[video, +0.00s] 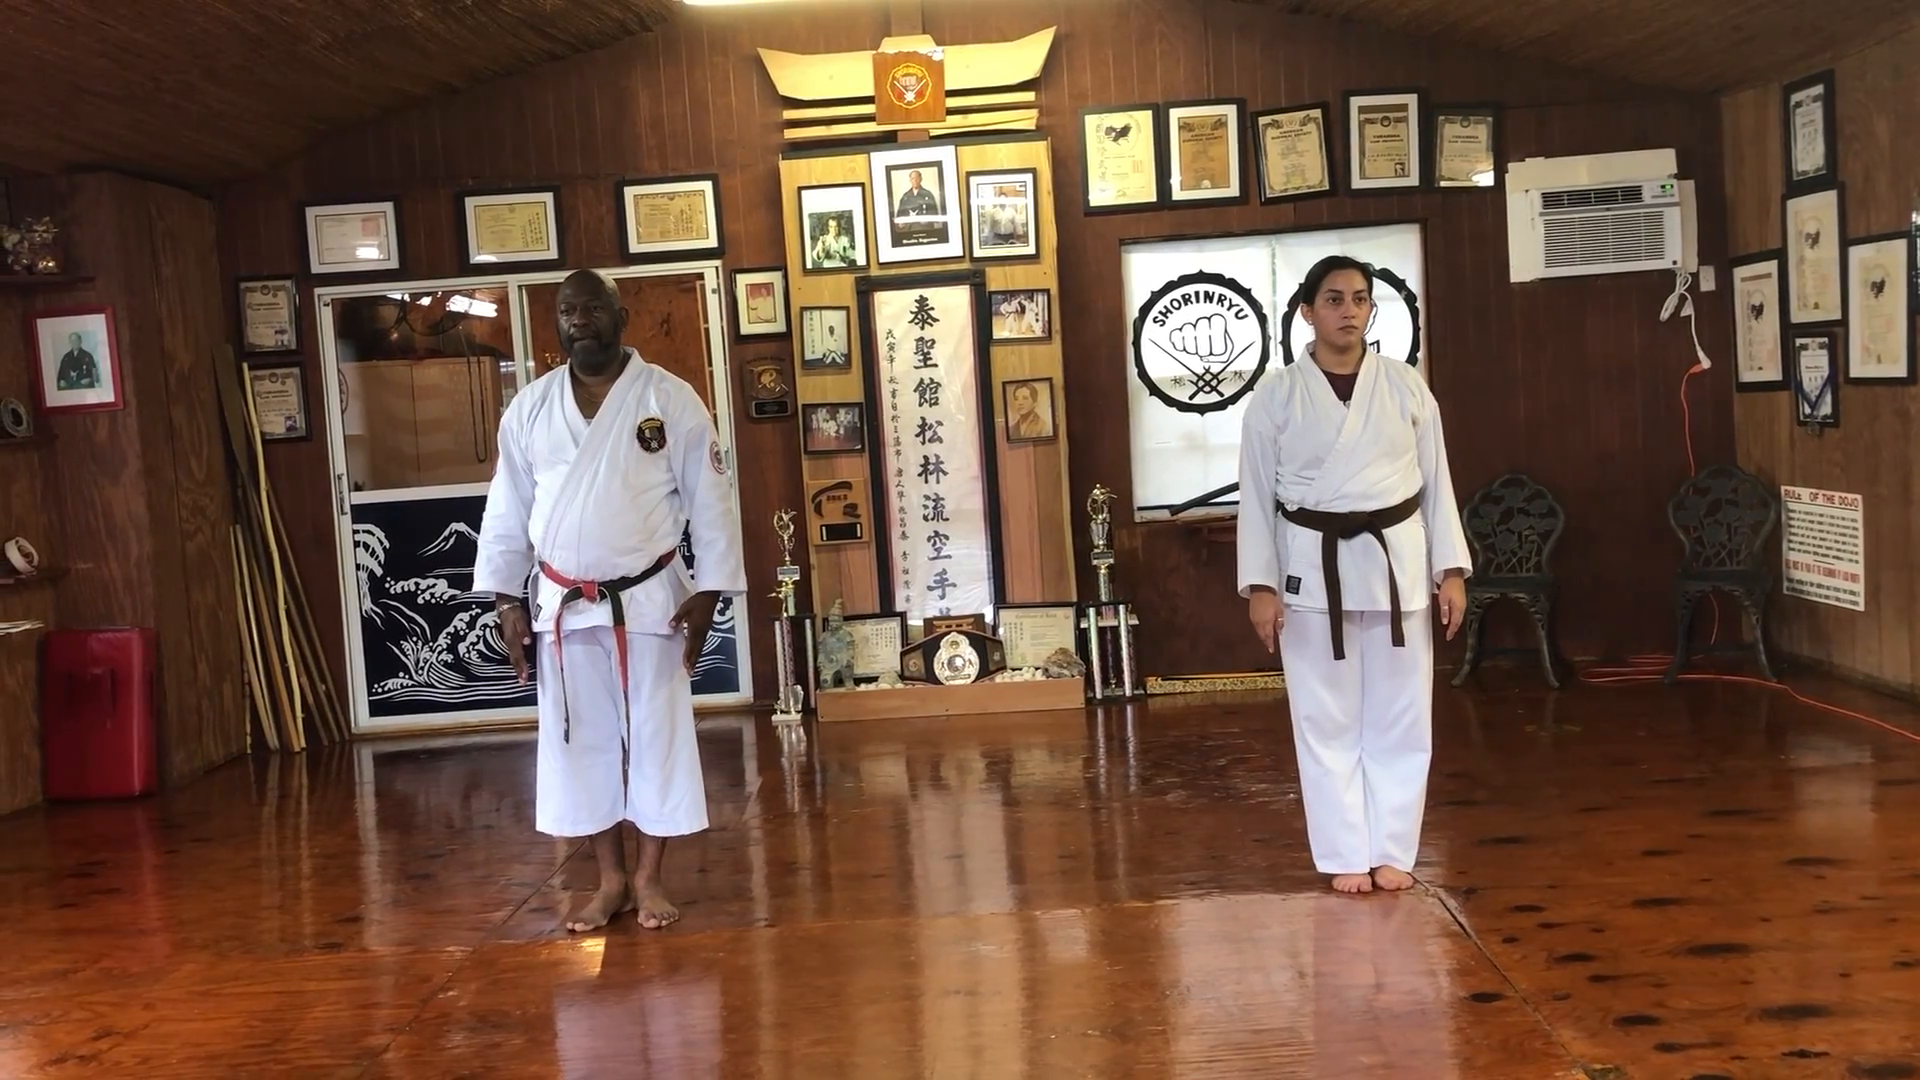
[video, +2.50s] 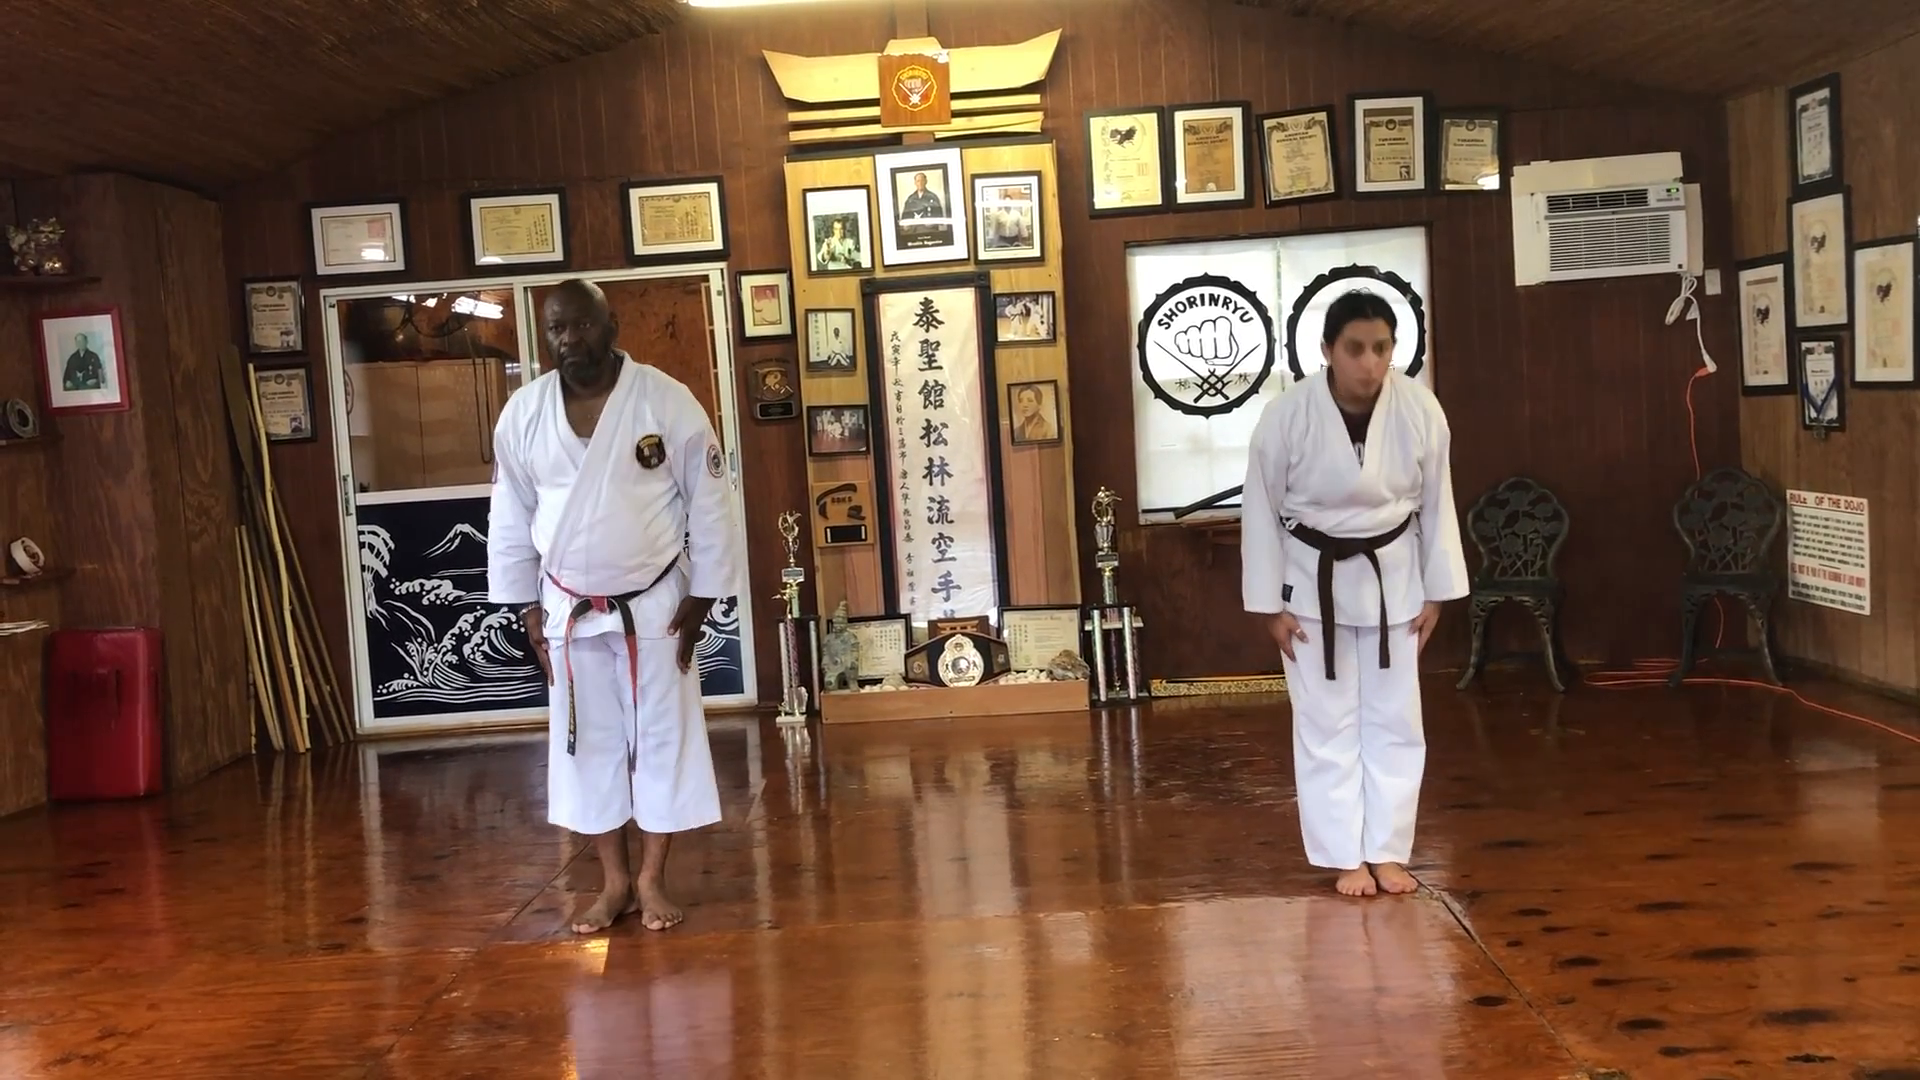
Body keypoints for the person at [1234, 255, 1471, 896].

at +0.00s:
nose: (1349, 310)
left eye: (1360, 299)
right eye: (1334, 298)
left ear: (1372, 311)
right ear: (1308, 311)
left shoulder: (1405, 385)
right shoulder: (1273, 396)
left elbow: (1435, 484)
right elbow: (1256, 497)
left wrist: (1450, 570)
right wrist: (1260, 584)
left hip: (1399, 570)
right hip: (1311, 575)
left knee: (1399, 717)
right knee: (1327, 720)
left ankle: (1392, 855)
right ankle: (1345, 860)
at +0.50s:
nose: (1354, 307)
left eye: (1364, 296)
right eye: (1338, 296)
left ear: (1377, 308)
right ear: (1312, 309)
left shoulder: (1410, 382)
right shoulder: (1279, 393)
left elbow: (1440, 482)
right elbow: (1261, 494)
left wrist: (1455, 566)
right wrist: (1264, 582)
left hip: (1404, 567)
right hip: (1316, 572)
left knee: (1404, 715)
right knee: (1333, 718)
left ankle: (1397, 853)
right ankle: (1350, 857)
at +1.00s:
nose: (1354, 309)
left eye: (1365, 297)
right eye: (1339, 298)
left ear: (1378, 310)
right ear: (1313, 311)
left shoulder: (1412, 385)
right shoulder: (1280, 394)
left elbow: (1441, 484)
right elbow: (1261, 496)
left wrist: (1455, 568)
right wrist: (1264, 584)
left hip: (1404, 569)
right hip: (1316, 573)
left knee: (1404, 717)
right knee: (1333, 719)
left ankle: (1397, 855)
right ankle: (1350, 859)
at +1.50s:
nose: (1357, 322)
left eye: (1368, 311)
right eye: (1343, 311)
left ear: (1380, 318)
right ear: (1316, 318)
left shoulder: (1412, 386)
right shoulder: (1280, 395)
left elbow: (1437, 486)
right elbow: (1258, 499)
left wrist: (1441, 577)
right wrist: (1270, 590)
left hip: (1398, 564)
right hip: (1313, 568)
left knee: (1398, 717)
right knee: (1330, 721)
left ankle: (1395, 859)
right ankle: (1348, 863)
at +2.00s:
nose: (1378, 438)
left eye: (1390, 424)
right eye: (1364, 425)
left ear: (1404, 411)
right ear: (1337, 412)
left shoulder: (1425, 446)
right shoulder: (1290, 449)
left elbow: (1434, 537)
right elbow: (1263, 540)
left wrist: (1424, 619)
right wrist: (1275, 628)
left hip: (1388, 579)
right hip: (1311, 583)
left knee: (1389, 717)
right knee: (1325, 720)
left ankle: (1383, 856)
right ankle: (1348, 860)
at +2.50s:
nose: (1371, 363)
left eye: (1381, 349)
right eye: (1357, 349)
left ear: (1393, 352)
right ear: (1328, 352)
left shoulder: (1420, 410)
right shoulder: (1287, 415)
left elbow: (1437, 506)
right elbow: (1260, 511)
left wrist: (1435, 594)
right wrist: (1270, 604)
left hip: (1394, 568)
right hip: (1312, 570)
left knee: (1394, 715)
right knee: (1328, 718)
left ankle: (1388, 853)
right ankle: (1346, 858)